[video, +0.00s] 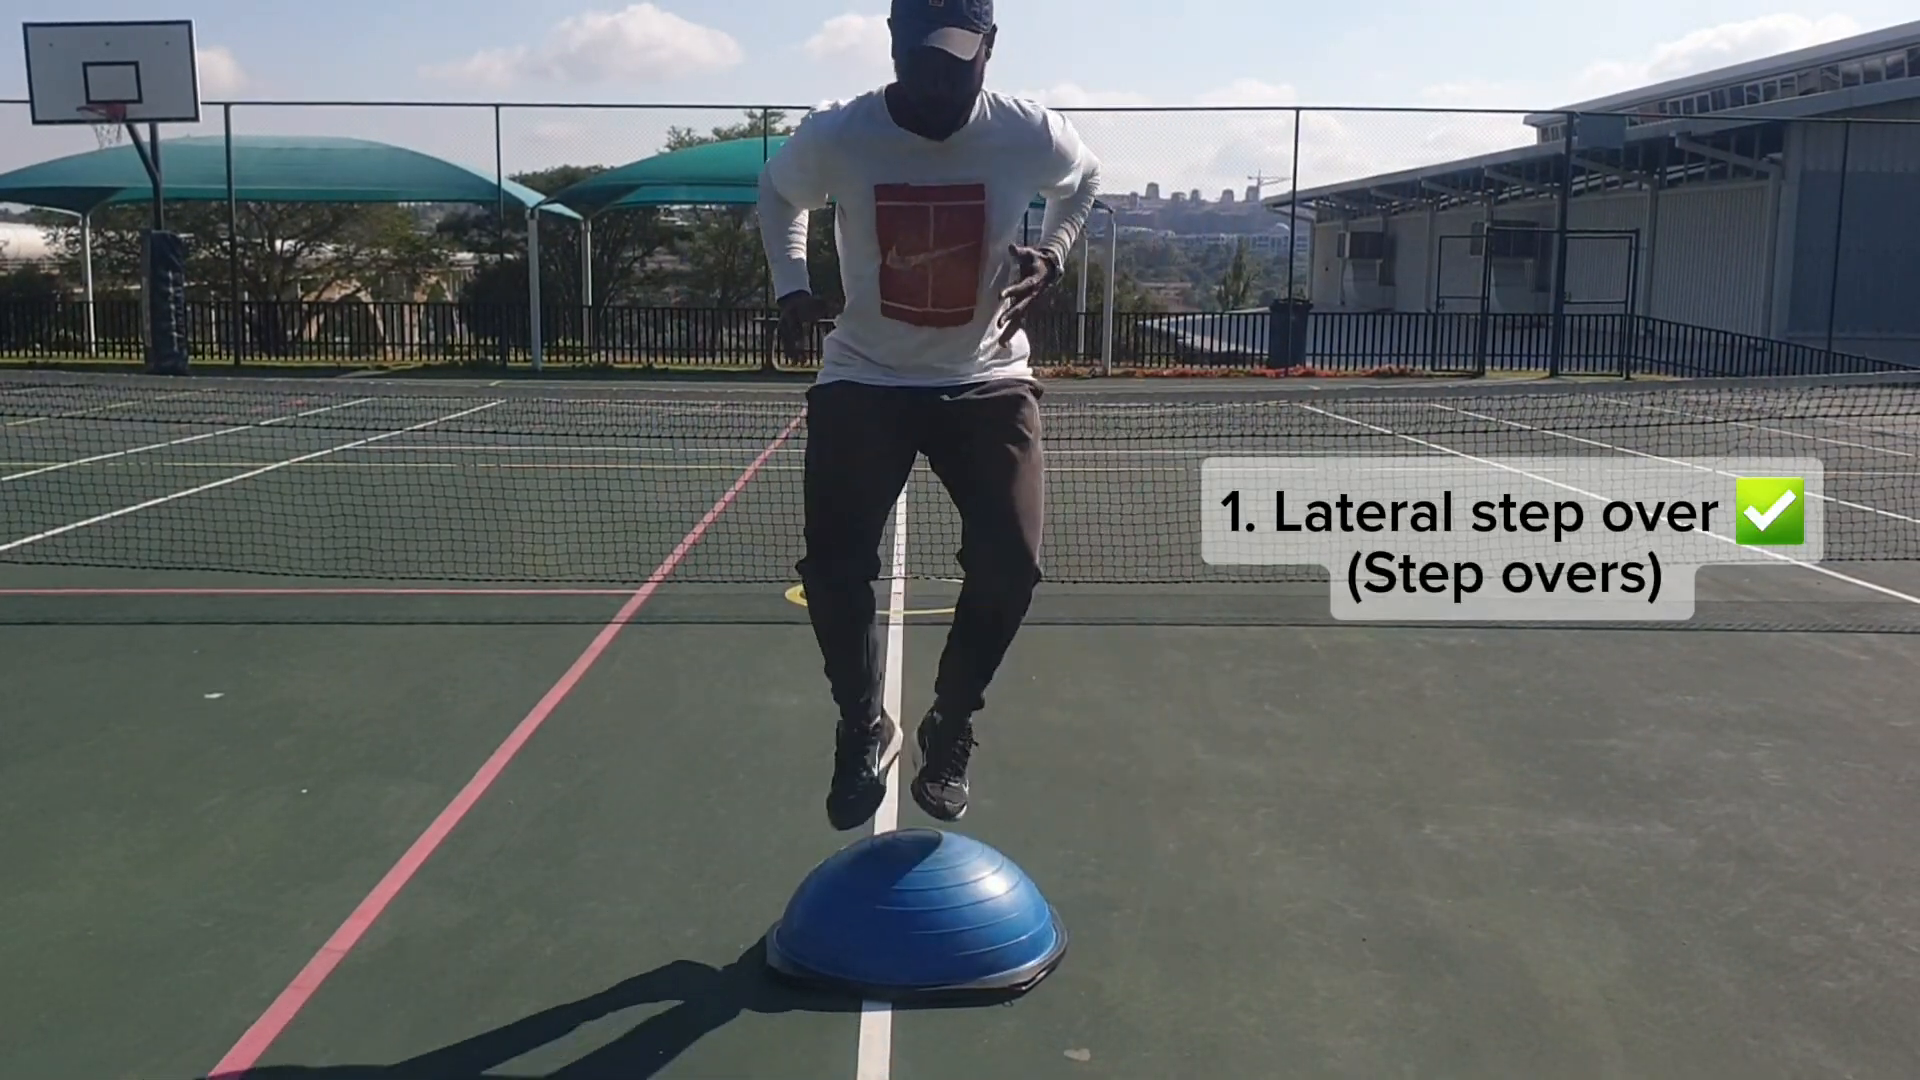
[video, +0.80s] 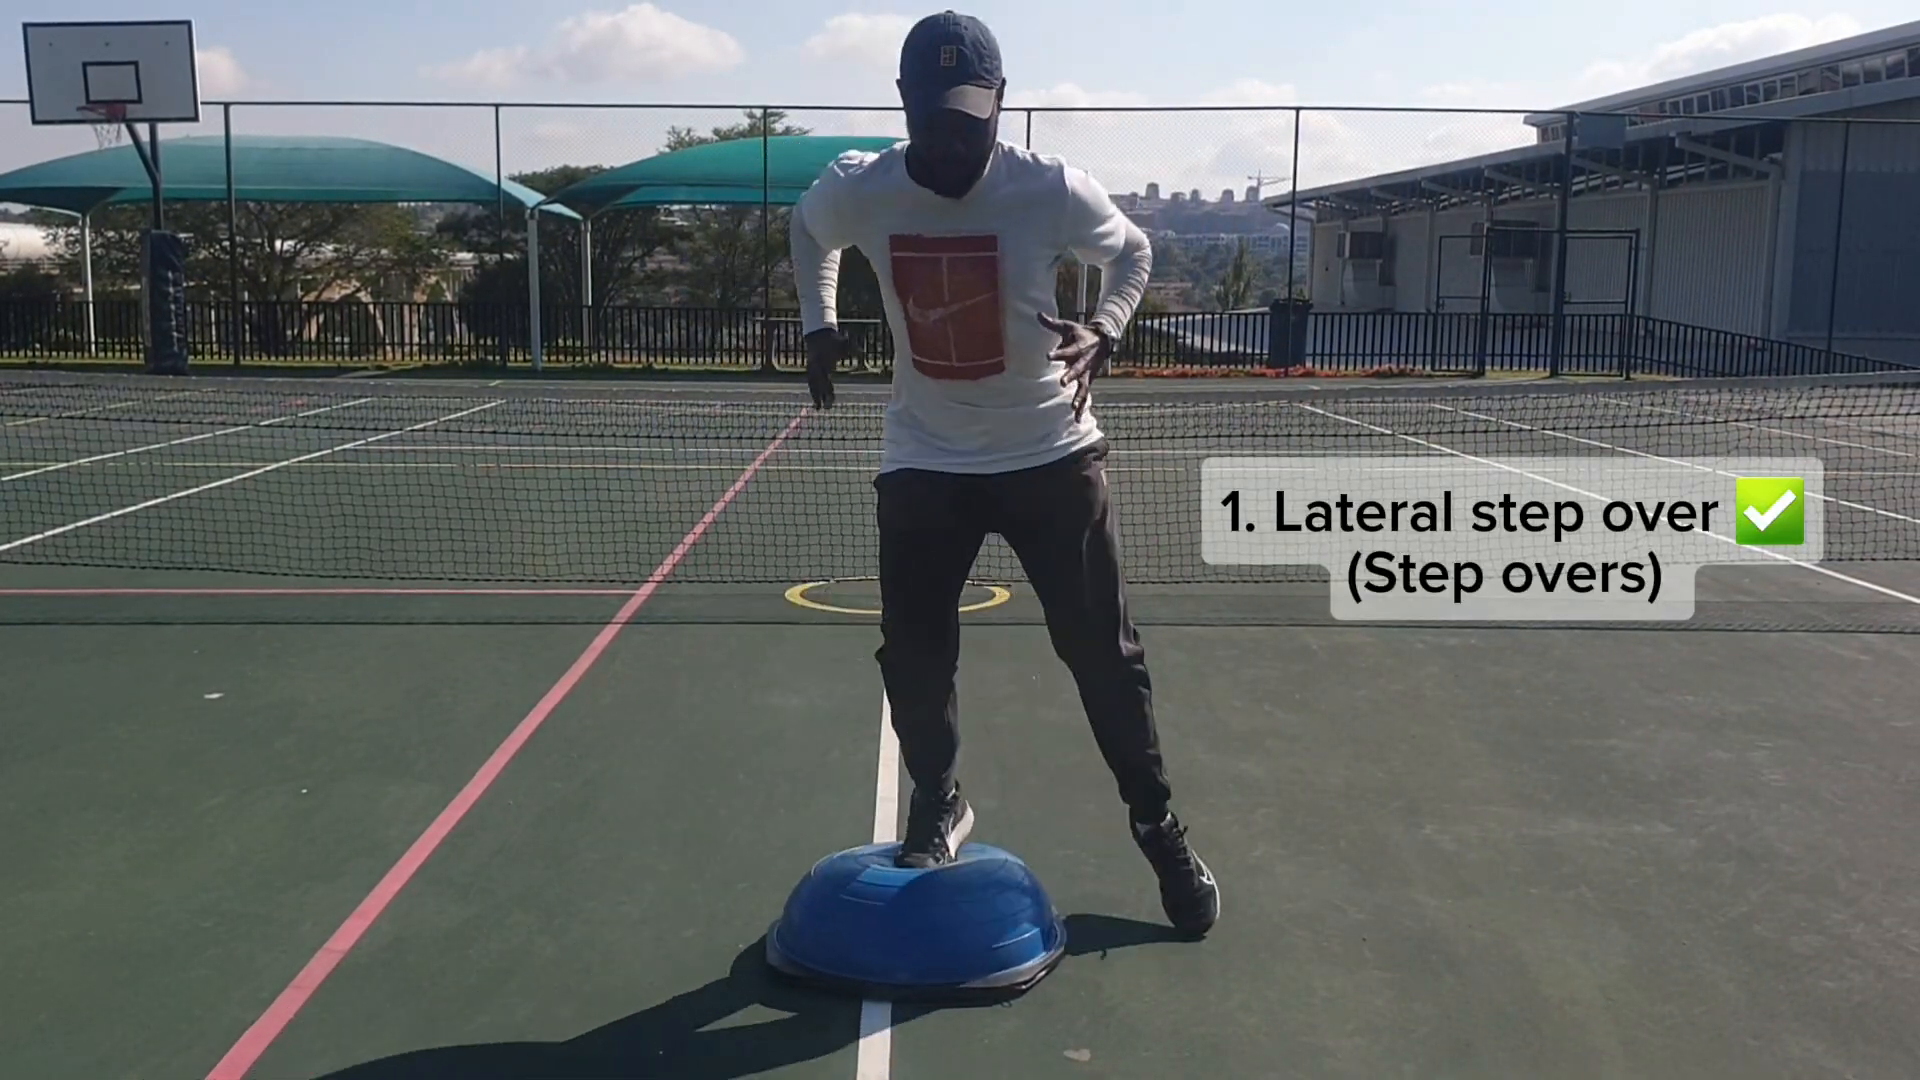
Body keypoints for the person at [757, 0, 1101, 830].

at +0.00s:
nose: (936, 86)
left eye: (954, 68)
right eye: (922, 66)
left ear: (986, 56)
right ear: (895, 50)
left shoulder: (1035, 140)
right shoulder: (833, 139)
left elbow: (1079, 190)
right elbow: (778, 195)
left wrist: (1052, 254)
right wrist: (792, 285)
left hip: (988, 382)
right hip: (864, 379)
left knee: (1012, 561)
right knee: (833, 566)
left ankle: (950, 727)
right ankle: (861, 724)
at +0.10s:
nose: (885, 115)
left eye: (906, 96)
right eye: (870, 93)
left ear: (941, 77)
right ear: (844, 71)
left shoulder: (999, 158)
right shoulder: (793, 164)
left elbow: (1053, 184)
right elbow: (753, 209)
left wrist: (1018, 261)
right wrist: (769, 300)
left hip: (948, 416)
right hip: (823, 413)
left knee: (953, 616)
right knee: (766, 615)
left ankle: (897, 800)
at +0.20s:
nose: (857, 182)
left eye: (874, 162)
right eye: (838, 162)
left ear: (898, 145)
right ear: (803, 148)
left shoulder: (947, 224)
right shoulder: (754, 232)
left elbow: (1024, 263)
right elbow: (753, 304)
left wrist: (980, 335)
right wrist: (759, 377)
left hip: (905, 489)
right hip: (780, 493)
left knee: (939, 665)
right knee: (715, 694)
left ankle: (896, 816)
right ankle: (637, 889)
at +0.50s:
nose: (891, 119)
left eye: (904, 98)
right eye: (869, 100)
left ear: (927, 86)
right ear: (832, 94)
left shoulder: (975, 165)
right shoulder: (787, 186)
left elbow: (1065, 190)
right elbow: (735, 261)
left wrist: (1034, 238)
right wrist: (743, 320)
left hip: (936, 447)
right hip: (813, 448)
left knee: (916, 654)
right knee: (763, 640)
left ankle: (888, 827)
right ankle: (723, 815)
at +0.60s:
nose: (903, 88)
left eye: (919, 70)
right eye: (886, 69)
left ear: (948, 51)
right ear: (856, 53)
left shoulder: (1005, 129)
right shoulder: (814, 143)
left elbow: (1085, 172)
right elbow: (743, 210)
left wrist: (1059, 231)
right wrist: (740, 286)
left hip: (979, 393)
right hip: (856, 389)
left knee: (986, 593)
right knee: (818, 590)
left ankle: (939, 756)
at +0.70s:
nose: (928, 93)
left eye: (945, 75)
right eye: (911, 74)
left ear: (975, 59)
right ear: (884, 59)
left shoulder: (1027, 141)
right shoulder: (835, 148)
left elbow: (1113, 195)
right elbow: (766, 193)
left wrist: (1085, 260)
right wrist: (754, 289)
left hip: (1013, 391)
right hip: (889, 399)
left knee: (1054, 584)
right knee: (884, 606)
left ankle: (1041, 731)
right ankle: (924, 767)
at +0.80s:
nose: (969, 137)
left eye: (982, 116)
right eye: (949, 117)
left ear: (1002, 106)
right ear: (907, 108)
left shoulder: (1053, 195)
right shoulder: (854, 193)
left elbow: (1133, 252)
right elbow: (808, 232)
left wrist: (1106, 327)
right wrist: (820, 327)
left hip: (1048, 451)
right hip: (925, 456)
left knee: (1101, 650)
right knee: (913, 652)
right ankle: (936, 803)